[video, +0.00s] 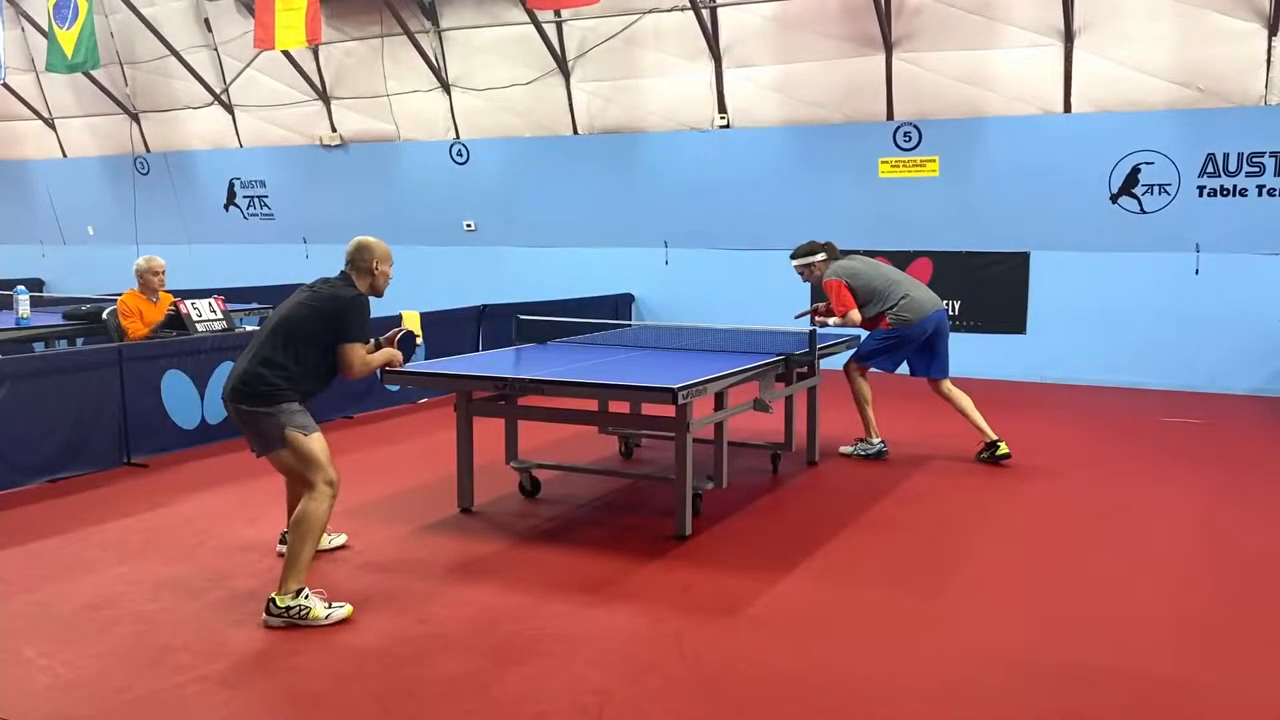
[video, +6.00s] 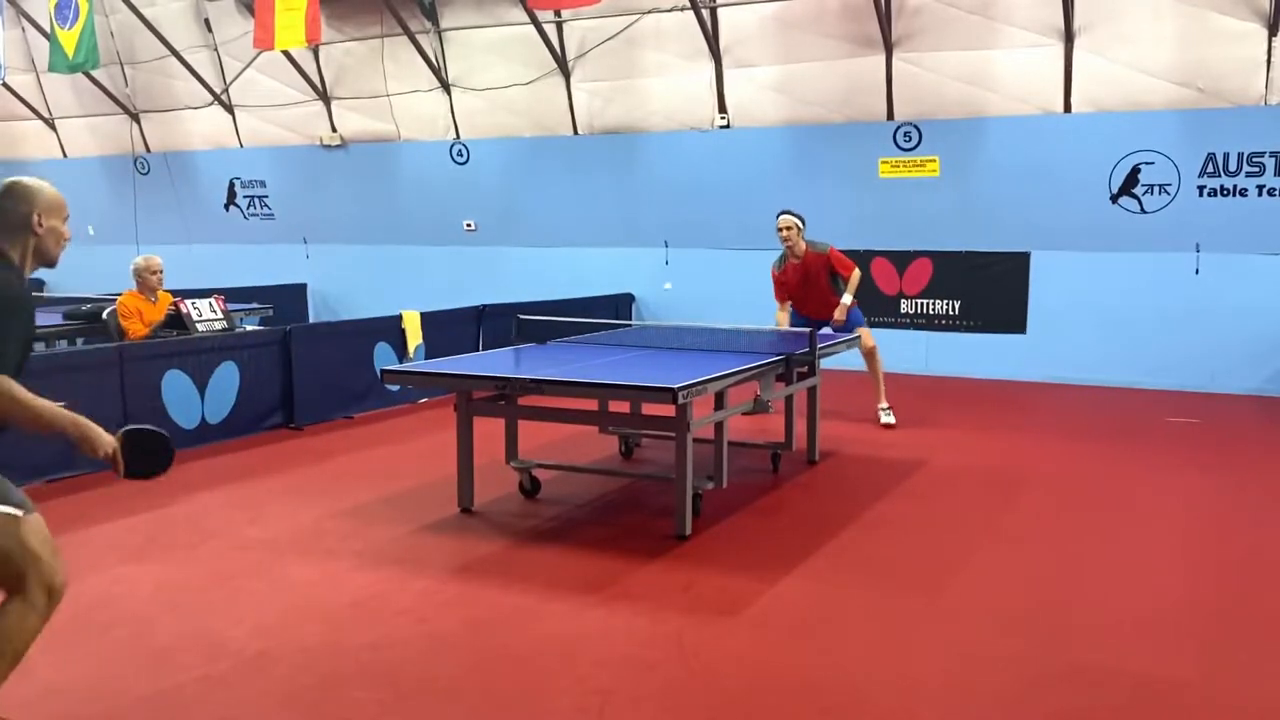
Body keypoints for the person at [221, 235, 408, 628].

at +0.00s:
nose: (391, 274)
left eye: (390, 267)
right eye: (388, 267)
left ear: (354, 266)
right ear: (373, 268)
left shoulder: (323, 289)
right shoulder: (351, 302)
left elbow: (333, 354)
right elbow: (353, 367)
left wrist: (374, 347)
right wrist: (386, 356)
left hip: (245, 390)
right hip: (269, 395)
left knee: (299, 470)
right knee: (324, 482)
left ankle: (298, 534)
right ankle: (288, 597)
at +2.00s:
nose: (387, 248)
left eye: (386, 240)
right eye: (384, 240)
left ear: (352, 241)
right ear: (367, 243)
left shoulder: (326, 269)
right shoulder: (345, 278)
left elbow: (342, 332)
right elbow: (355, 344)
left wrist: (379, 325)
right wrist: (391, 335)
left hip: (282, 380)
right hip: (275, 385)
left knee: (321, 442)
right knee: (307, 481)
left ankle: (305, 531)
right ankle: (287, 596)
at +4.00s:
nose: (421, 226)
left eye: (421, 219)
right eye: (419, 218)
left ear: (381, 217)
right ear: (403, 218)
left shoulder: (336, 247)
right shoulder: (405, 263)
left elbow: (288, 277)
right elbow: (430, 323)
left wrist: (303, 304)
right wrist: (481, 335)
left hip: (309, 370)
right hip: (360, 375)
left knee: (295, 453)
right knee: (422, 450)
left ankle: (276, 543)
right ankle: (459, 545)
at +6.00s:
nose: (67, 236)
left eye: (67, 224)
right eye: (63, 224)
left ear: (27, 225)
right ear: (36, 224)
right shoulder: (10, 289)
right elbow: (1, 385)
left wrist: (79, 428)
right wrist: (76, 426)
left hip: (0, 480)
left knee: (36, 581)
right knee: (42, 582)